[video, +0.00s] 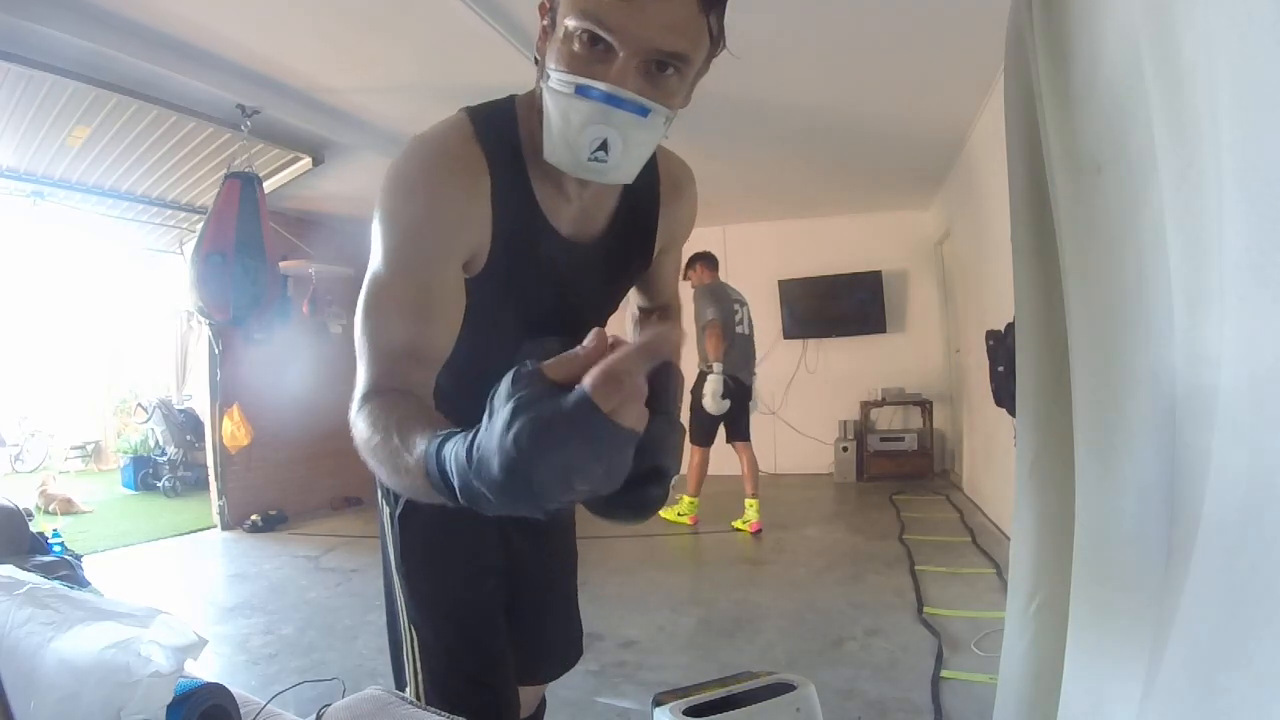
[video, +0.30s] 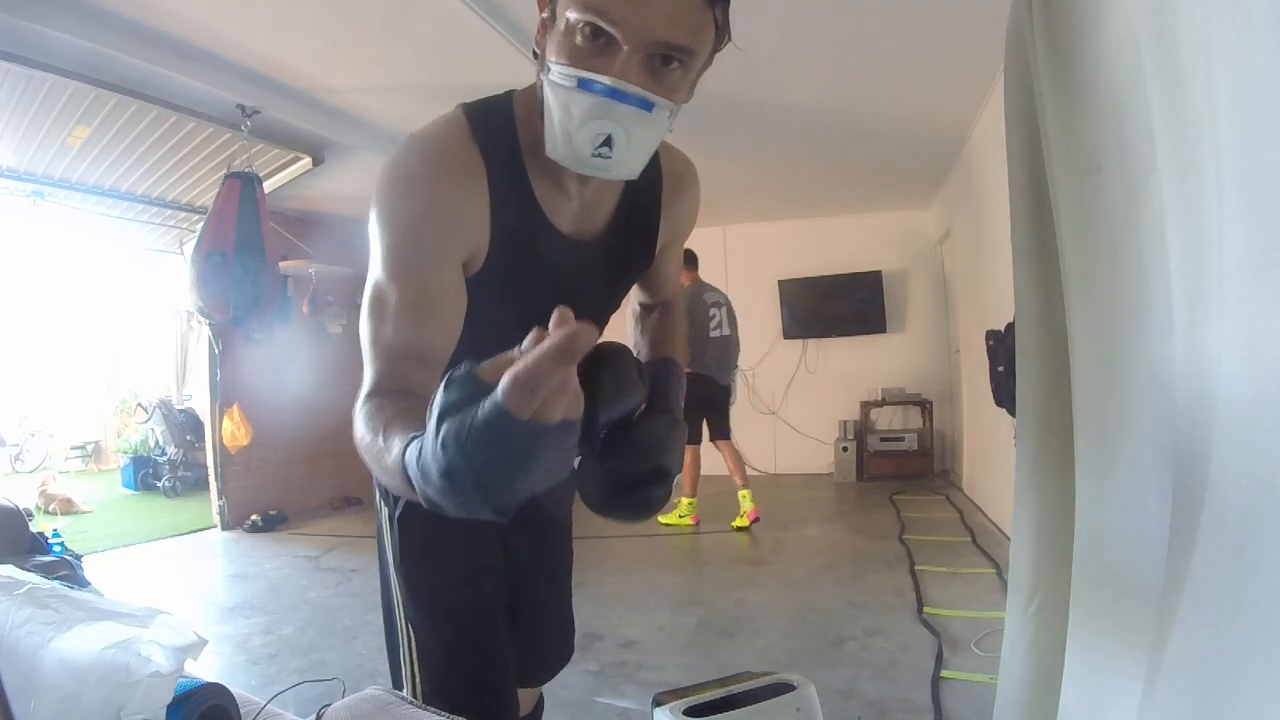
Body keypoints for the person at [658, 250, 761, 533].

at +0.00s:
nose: (690, 283)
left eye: (690, 277)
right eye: (689, 278)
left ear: (701, 269)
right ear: (714, 270)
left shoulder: (705, 292)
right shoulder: (735, 295)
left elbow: (713, 330)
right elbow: (747, 342)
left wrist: (716, 373)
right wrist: (747, 380)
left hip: (714, 378)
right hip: (740, 380)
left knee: (699, 444)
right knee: (742, 444)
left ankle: (688, 508)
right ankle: (752, 514)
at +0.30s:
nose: (673, 279)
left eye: (674, 273)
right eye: (674, 273)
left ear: (682, 271)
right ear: (695, 269)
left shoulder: (685, 299)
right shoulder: (720, 296)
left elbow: (684, 340)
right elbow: (733, 341)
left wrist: (680, 371)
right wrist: (728, 373)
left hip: (694, 378)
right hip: (720, 379)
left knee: (690, 443)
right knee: (722, 439)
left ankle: (687, 508)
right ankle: (747, 505)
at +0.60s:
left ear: (658, 278)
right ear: (676, 272)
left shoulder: (661, 302)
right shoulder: (700, 296)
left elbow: (653, 344)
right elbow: (716, 336)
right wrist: (720, 367)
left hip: (680, 373)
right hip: (704, 373)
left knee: (681, 440)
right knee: (690, 438)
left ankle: (687, 507)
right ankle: (714, 494)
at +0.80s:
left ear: (658, 279)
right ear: (676, 275)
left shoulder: (660, 303)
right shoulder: (691, 300)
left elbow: (662, 346)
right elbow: (706, 341)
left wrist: (654, 375)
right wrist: (710, 372)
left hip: (673, 376)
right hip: (693, 376)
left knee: (677, 440)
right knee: (675, 436)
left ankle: (687, 507)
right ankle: (677, 491)